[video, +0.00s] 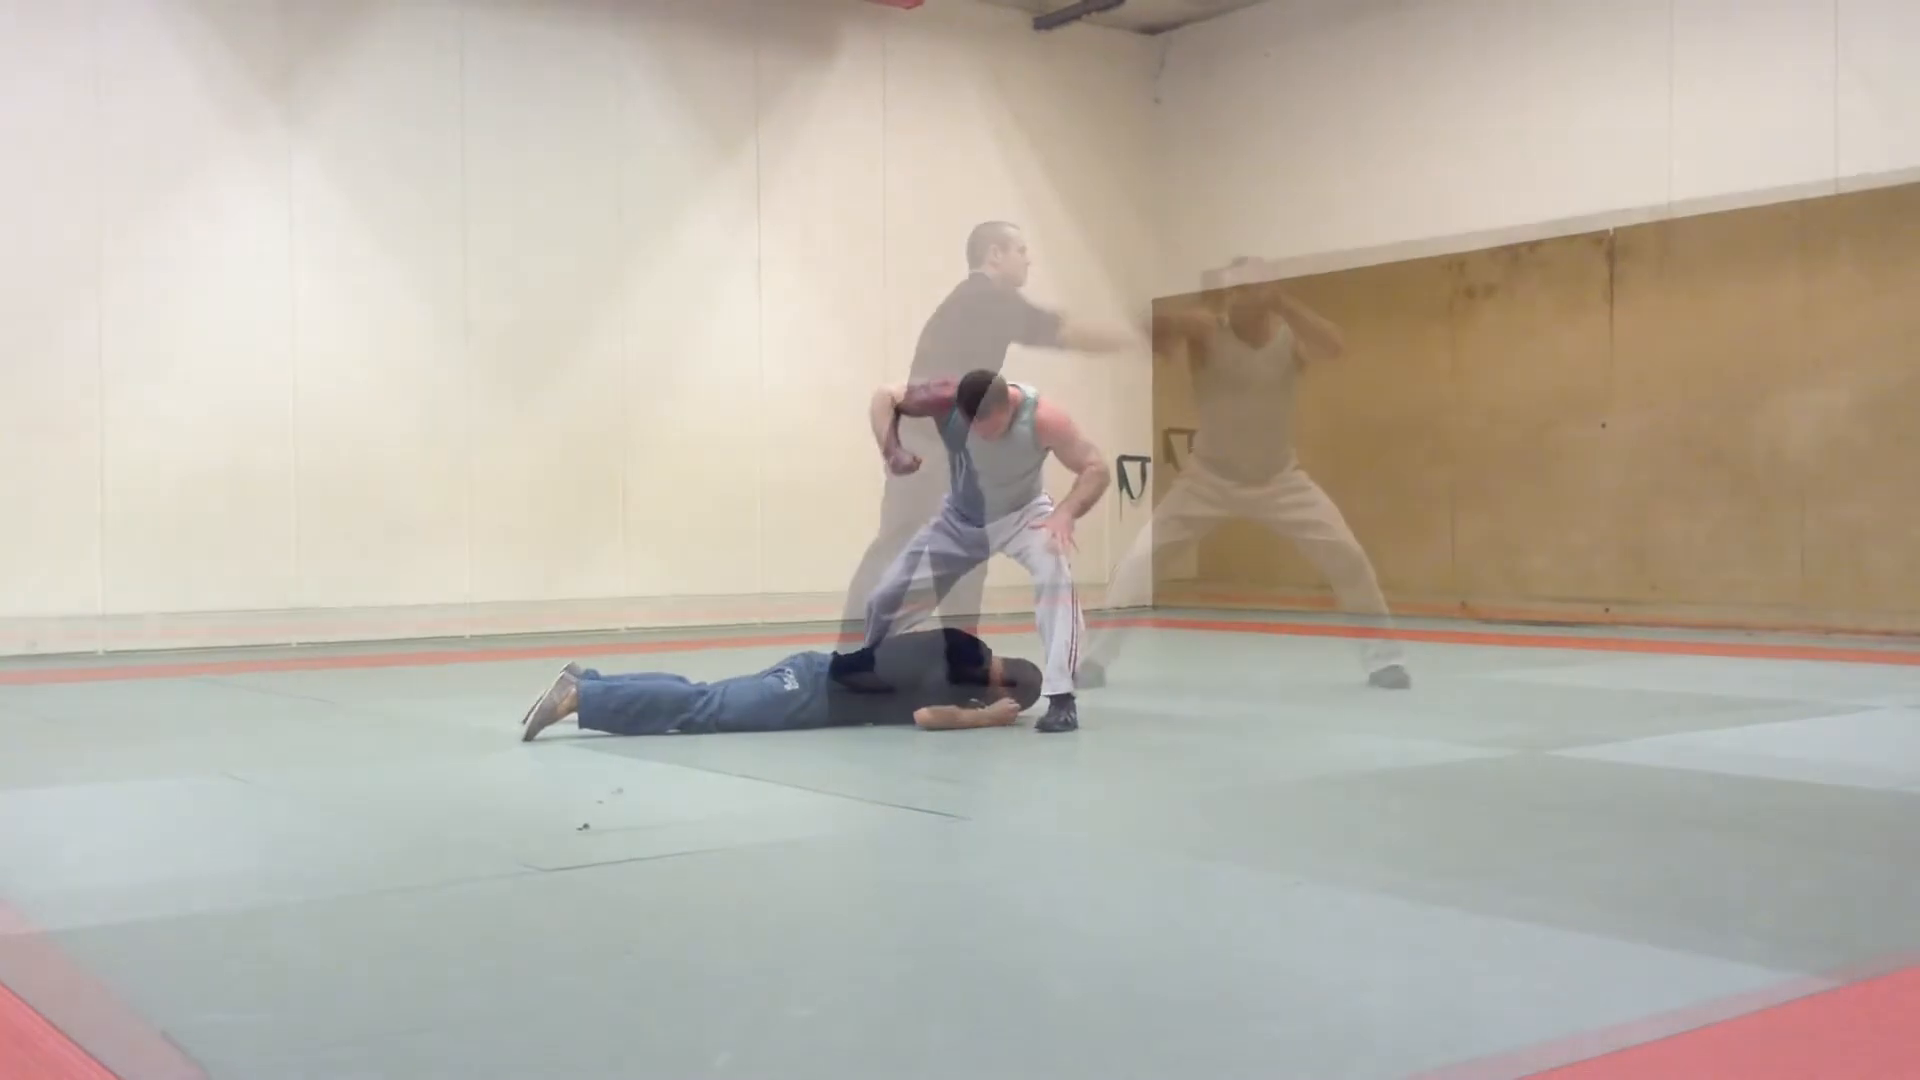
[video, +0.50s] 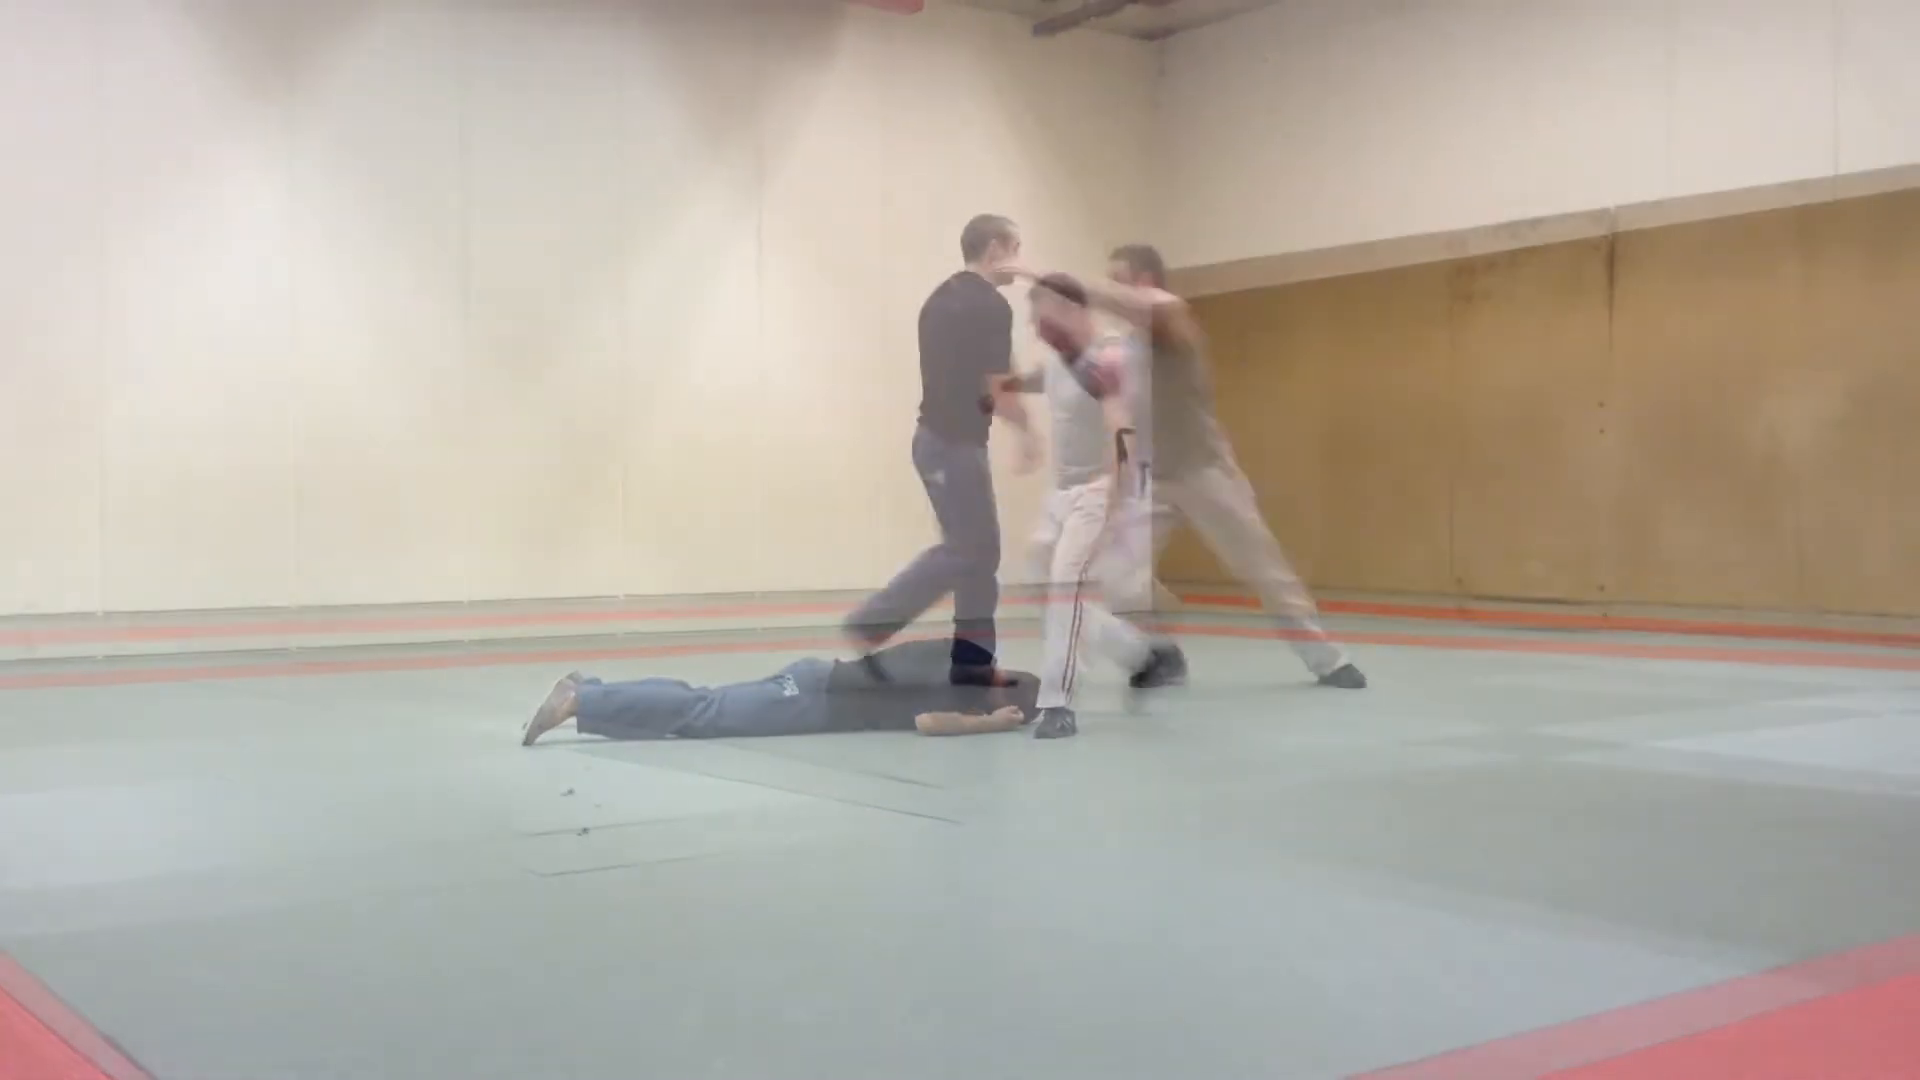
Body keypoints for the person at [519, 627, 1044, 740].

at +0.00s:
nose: (1006, 703)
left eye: (1009, 696)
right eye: (1010, 700)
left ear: (995, 668)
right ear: (999, 684)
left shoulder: (959, 656)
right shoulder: (952, 676)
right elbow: (923, 716)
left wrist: (983, 695)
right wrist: (986, 715)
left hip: (814, 677)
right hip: (811, 689)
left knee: (707, 698)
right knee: (705, 707)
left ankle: (585, 685)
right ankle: (580, 697)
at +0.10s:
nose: (1005, 701)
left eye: (1008, 694)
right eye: (1009, 699)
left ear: (994, 670)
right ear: (998, 684)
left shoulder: (955, 656)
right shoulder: (954, 680)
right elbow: (923, 716)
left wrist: (983, 692)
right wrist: (987, 716)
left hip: (816, 673)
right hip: (814, 690)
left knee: (709, 697)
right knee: (706, 707)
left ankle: (586, 685)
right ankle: (580, 697)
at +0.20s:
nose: (1010, 703)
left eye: (1014, 696)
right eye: (1014, 701)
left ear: (1005, 674)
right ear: (1006, 686)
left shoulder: (971, 659)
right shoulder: (963, 675)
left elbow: (935, 706)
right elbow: (923, 716)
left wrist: (992, 699)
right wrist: (990, 717)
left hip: (821, 673)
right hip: (817, 691)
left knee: (710, 697)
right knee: (707, 707)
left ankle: (587, 687)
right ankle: (580, 698)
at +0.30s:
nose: (1011, 704)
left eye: (1015, 696)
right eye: (1015, 701)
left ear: (1005, 674)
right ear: (1005, 690)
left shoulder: (967, 659)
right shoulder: (961, 683)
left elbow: (932, 707)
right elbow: (927, 719)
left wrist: (991, 699)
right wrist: (991, 719)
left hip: (819, 671)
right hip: (817, 691)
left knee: (710, 699)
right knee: (706, 709)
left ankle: (586, 688)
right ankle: (577, 700)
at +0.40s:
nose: (1008, 706)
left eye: (1011, 697)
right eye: (1012, 703)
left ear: (1002, 677)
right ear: (1002, 693)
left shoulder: (962, 662)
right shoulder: (962, 688)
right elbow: (927, 723)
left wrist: (992, 697)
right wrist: (995, 723)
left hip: (818, 674)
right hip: (816, 696)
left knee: (709, 700)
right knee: (706, 712)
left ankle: (585, 690)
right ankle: (577, 703)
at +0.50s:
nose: (1011, 708)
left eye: (1015, 701)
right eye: (1015, 706)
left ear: (1000, 682)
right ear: (1002, 693)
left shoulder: (964, 667)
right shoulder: (963, 690)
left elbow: (928, 708)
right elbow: (925, 723)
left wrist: (991, 700)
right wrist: (993, 722)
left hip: (817, 677)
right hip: (815, 699)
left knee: (710, 700)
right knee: (706, 714)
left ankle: (586, 690)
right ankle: (578, 704)